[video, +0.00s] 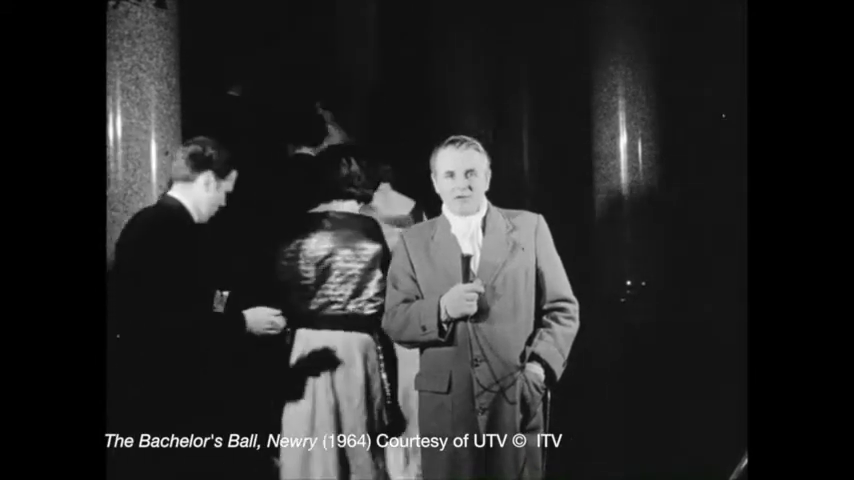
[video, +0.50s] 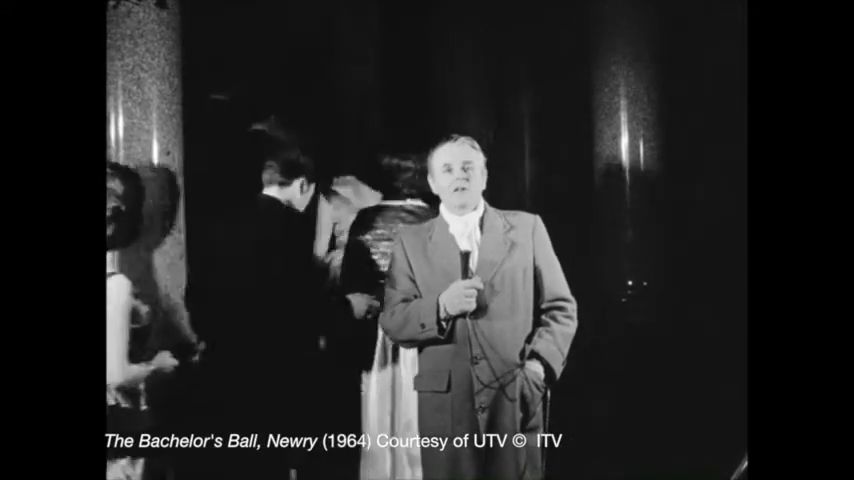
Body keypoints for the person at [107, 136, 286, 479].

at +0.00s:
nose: (224, 203)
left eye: (228, 194)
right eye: (226, 192)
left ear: (196, 178)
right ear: (206, 181)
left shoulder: (150, 225)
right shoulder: (172, 233)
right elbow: (172, 325)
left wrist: (210, 302)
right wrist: (242, 322)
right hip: (166, 394)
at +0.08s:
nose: (239, 201)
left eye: (242, 192)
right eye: (240, 190)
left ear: (193, 175)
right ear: (222, 180)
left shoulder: (152, 225)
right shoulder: (199, 233)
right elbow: (203, 312)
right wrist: (263, 315)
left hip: (160, 378)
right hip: (192, 383)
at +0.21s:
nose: (259, 198)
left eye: (260, 188)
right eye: (258, 187)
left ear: (214, 178)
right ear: (245, 181)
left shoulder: (172, 227)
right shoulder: (231, 235)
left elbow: (144, 304)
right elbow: (236, 313)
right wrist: (291, 315)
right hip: (214, 374)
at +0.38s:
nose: (287, 204)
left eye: (287, 195)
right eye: (287, 194)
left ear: (245, 183)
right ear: (279, 190)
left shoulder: (204, 230)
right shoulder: (273, 239)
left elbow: (173, 302)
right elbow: (282, 315)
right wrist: (326, 314)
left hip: (211, 365)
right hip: (260, 371)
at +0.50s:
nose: (308, 202)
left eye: (310, 194)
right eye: (310, 193)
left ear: (266, 179)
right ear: (300, 186)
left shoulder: (228, 220)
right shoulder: (293, 227)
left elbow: (198, 296)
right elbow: (302, 310)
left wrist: (214, 339)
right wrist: (350, 307)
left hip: (232, 361)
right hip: (284, 363)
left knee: (247, 461)